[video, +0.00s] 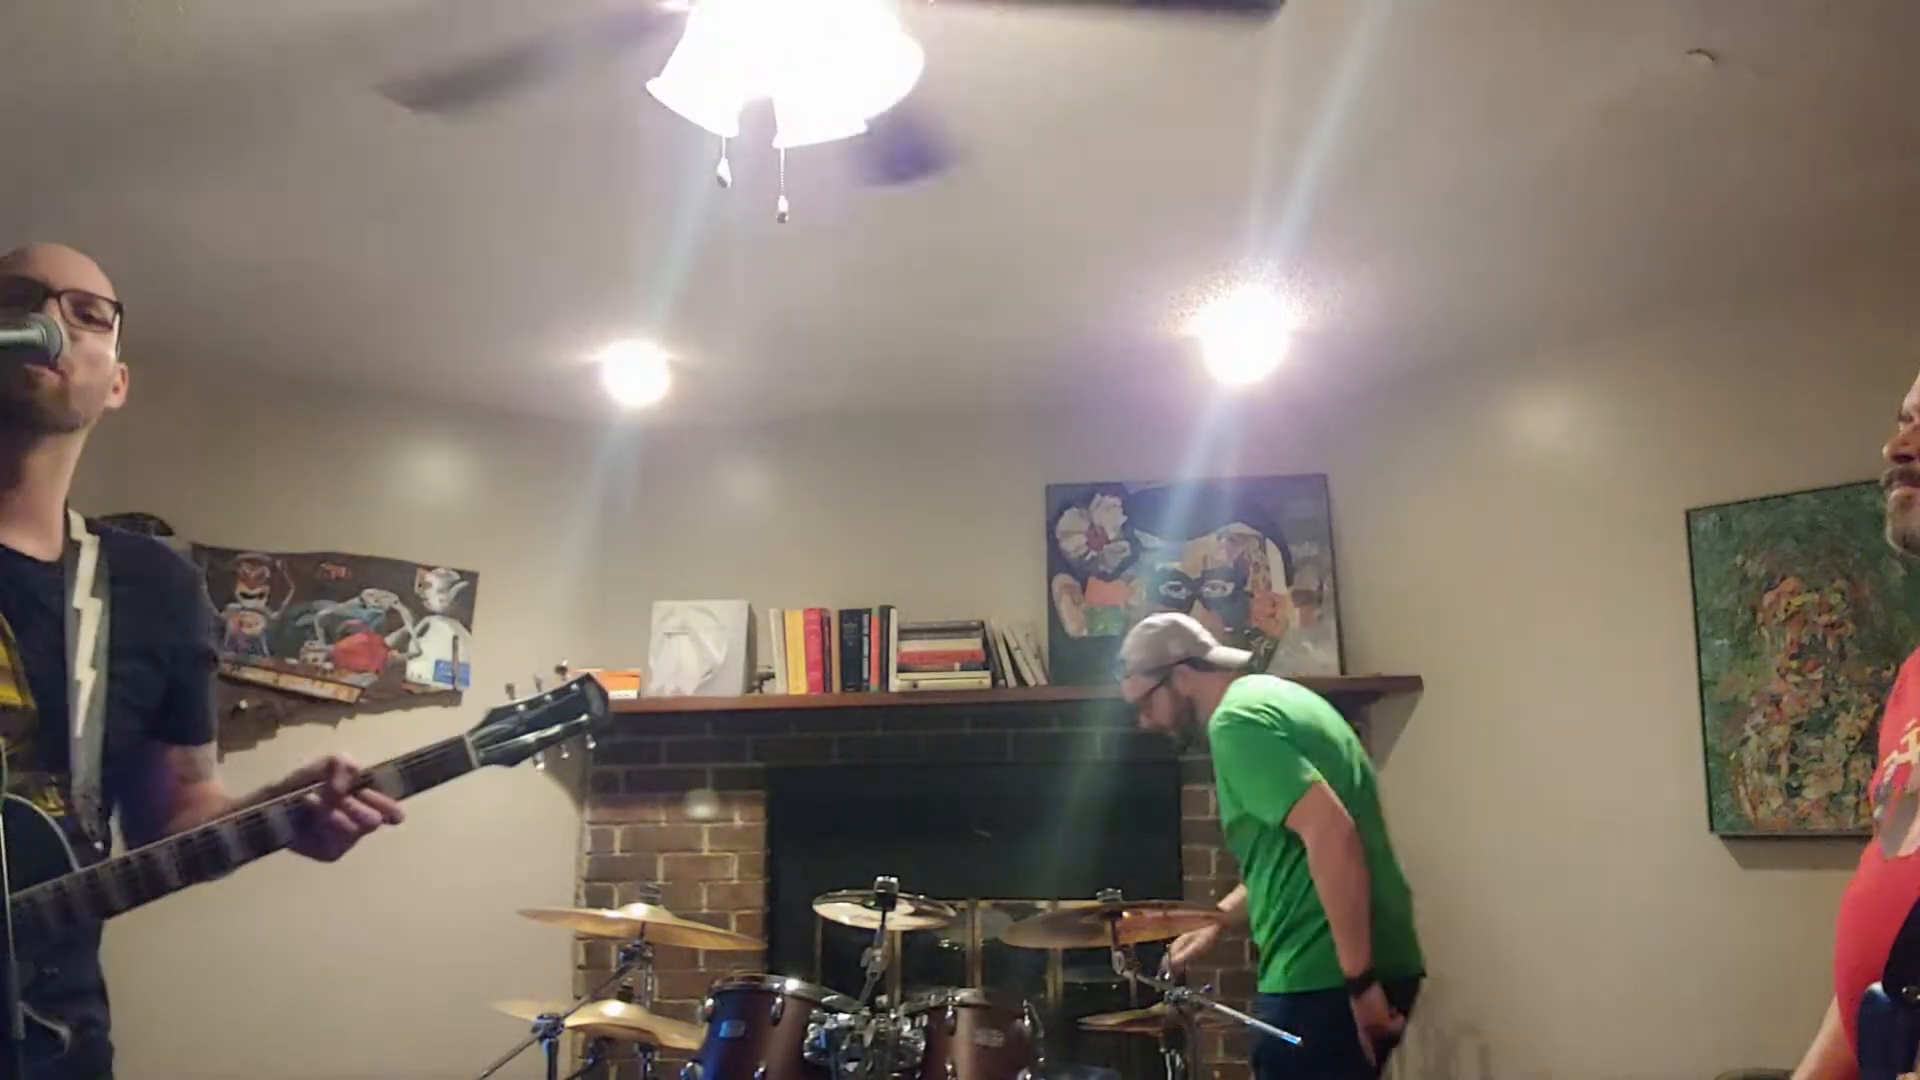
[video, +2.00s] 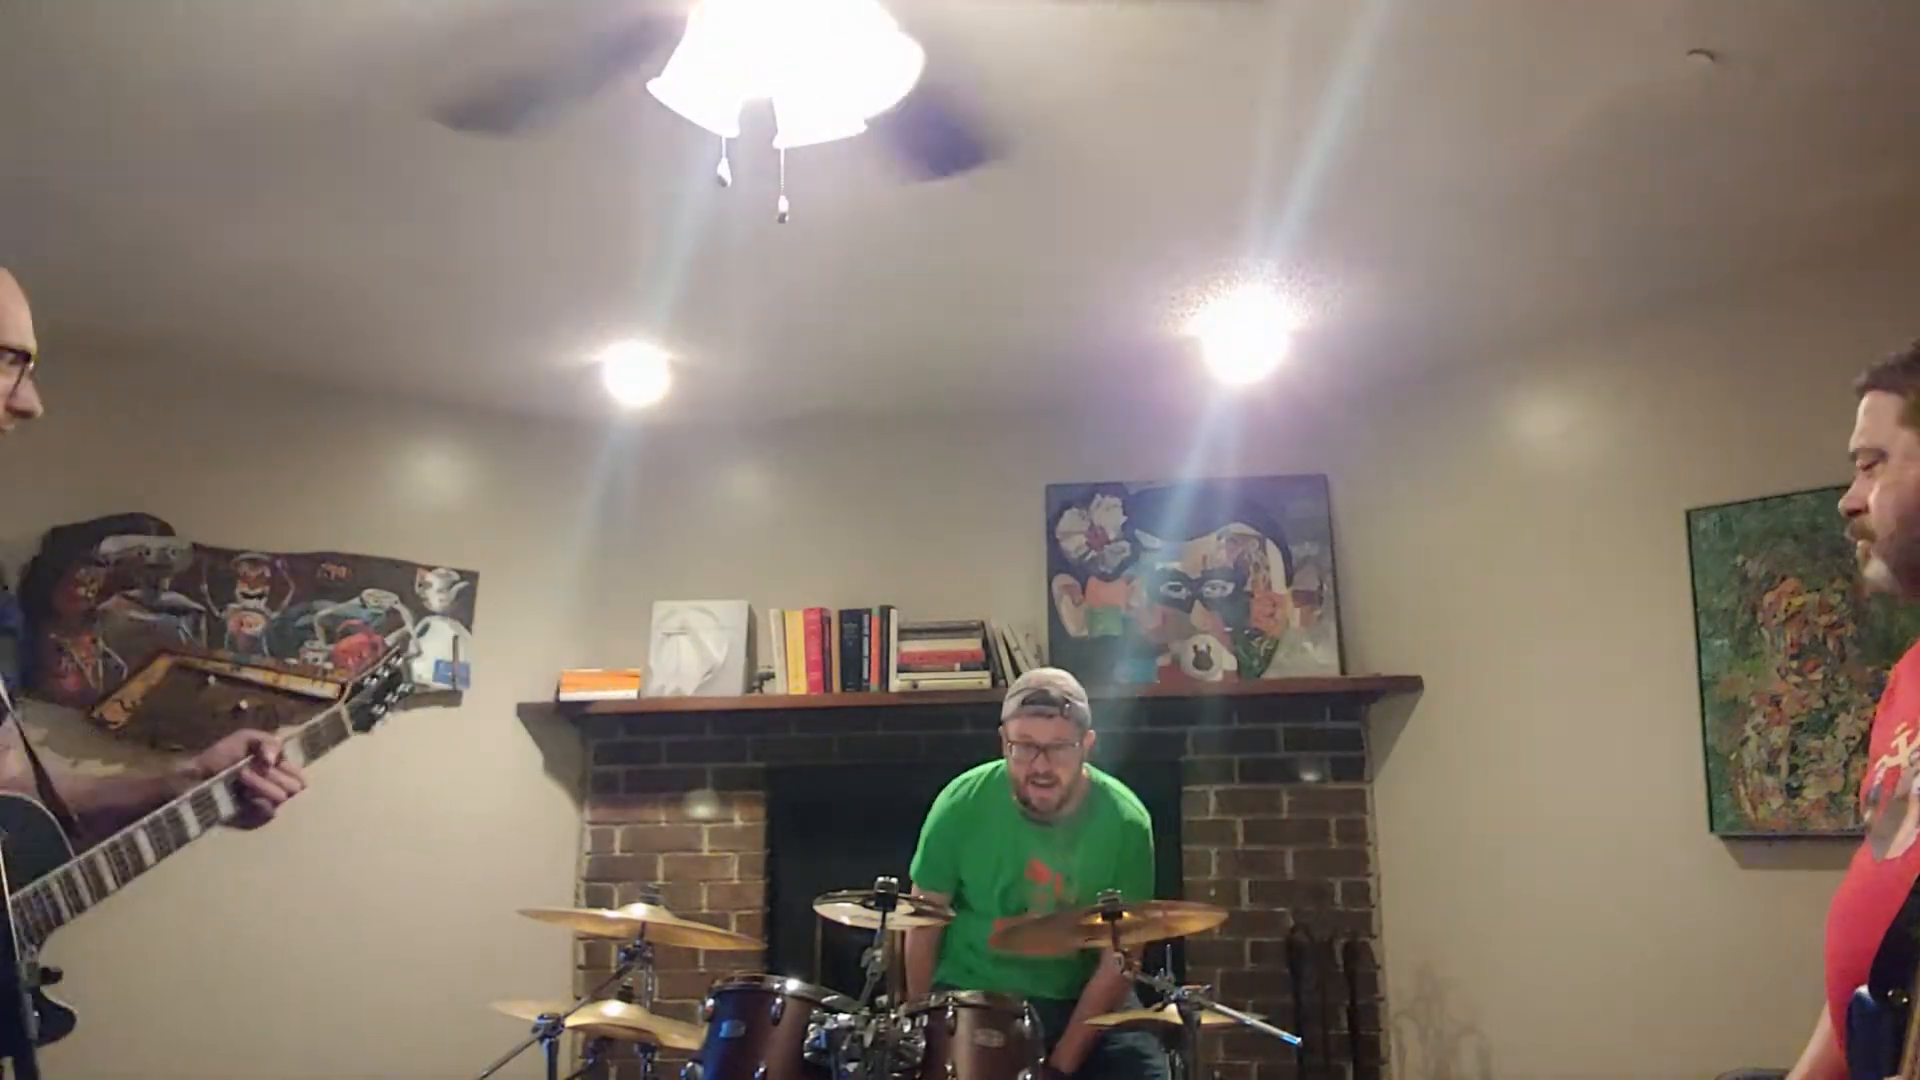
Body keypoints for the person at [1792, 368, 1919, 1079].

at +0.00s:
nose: (1900, 444)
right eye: (1902, 423)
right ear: (1894, 439)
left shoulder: (1910, 674)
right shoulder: (1909, 675)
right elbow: (1887, 898)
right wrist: (1818, 1066)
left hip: (1903, 1052)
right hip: (1873, 1050)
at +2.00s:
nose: (1849, 500)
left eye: (1874, 464)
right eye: (1855, 470)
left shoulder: (1910, 674)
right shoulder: (1908, 674)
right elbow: (1879, 906)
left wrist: (1816, 1065)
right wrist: (1811, 1068)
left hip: (1900, 1055)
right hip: (1860, 1049)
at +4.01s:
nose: (1819, 538)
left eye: (1839, 497)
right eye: (1820, 508)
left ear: (1916, 479)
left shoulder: (1910, 685)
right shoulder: (1904, 688)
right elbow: (1894, 902)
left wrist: (1891, 1044)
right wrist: (1829, 1061)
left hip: (1903, 1049)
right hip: (1879, 1048)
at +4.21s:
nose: (1819, 538)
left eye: (1839, 498)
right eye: (1820, 507)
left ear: (1915, 479)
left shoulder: (1910, 682)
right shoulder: (1907, 684)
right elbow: (1897, 908)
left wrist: (1892, 1047)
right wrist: (1829, 1063)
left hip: (1903, 1050)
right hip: (1880, 1050)